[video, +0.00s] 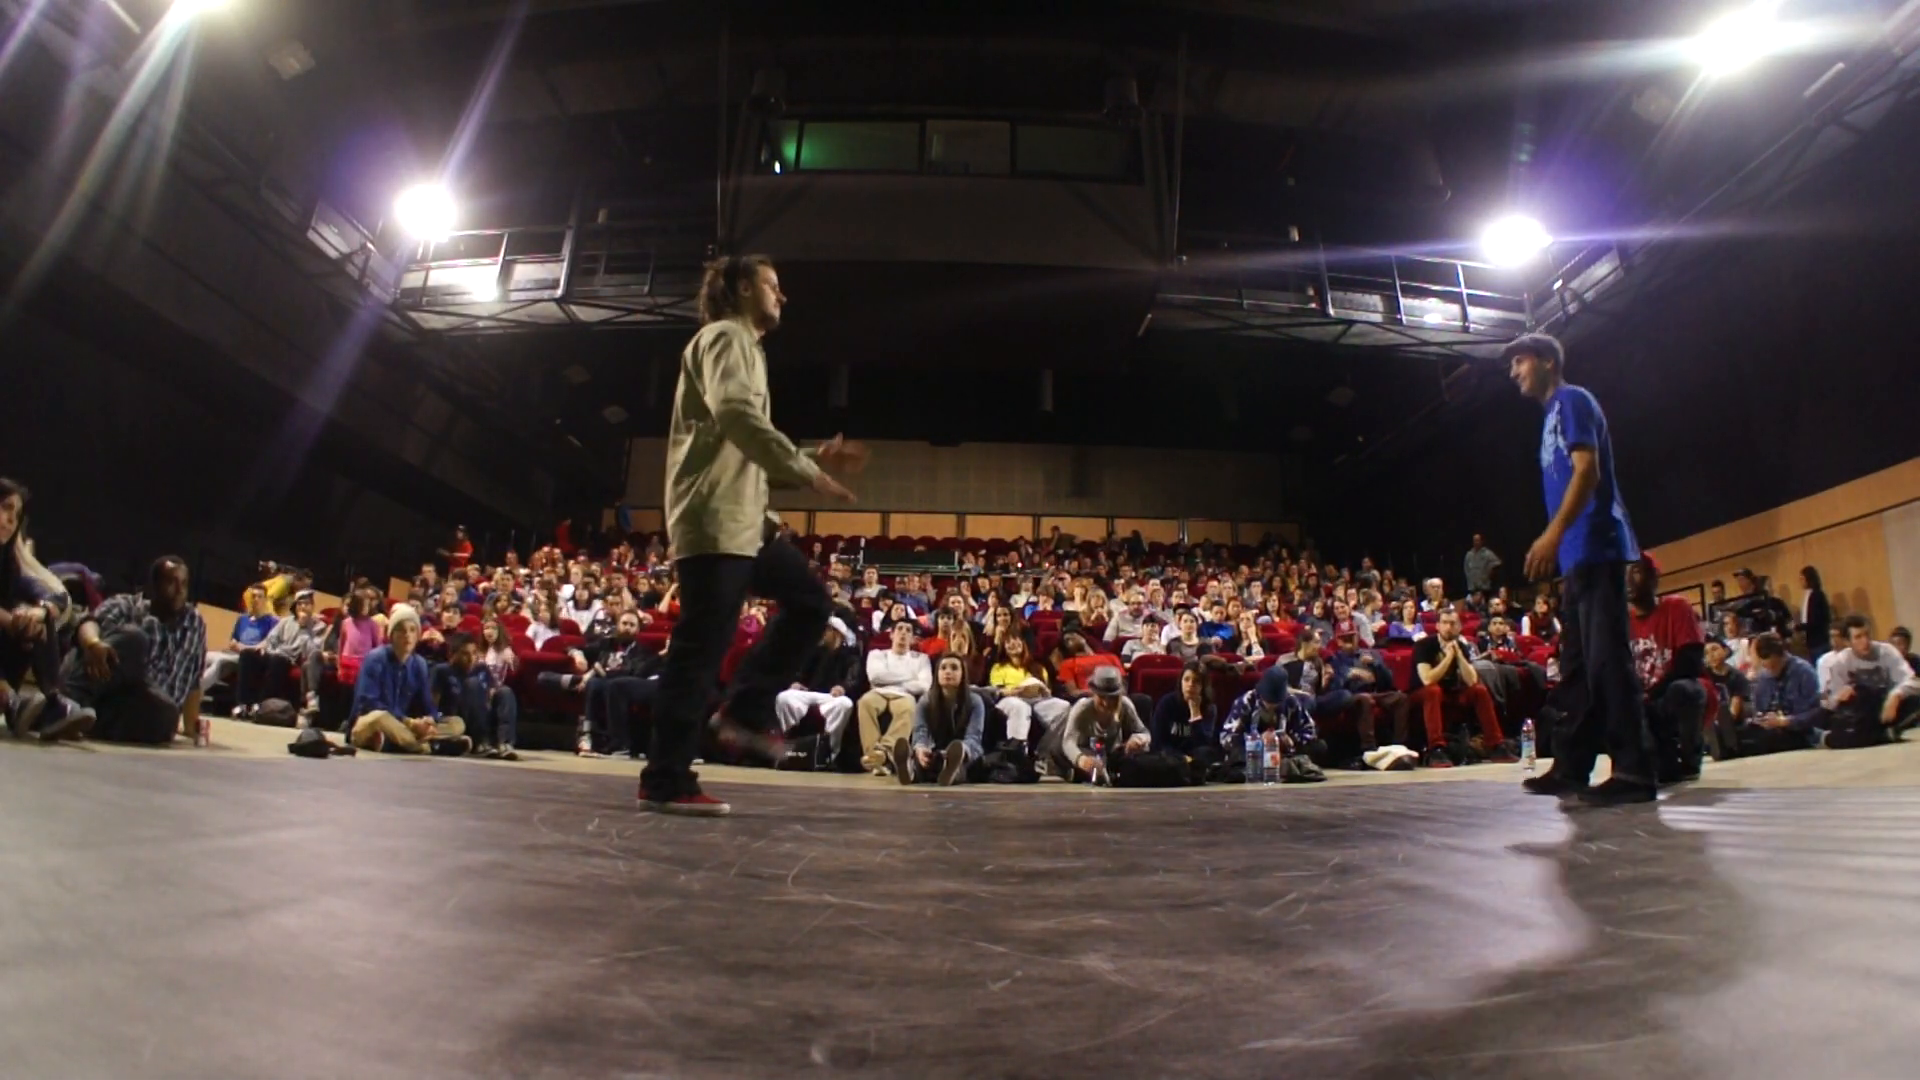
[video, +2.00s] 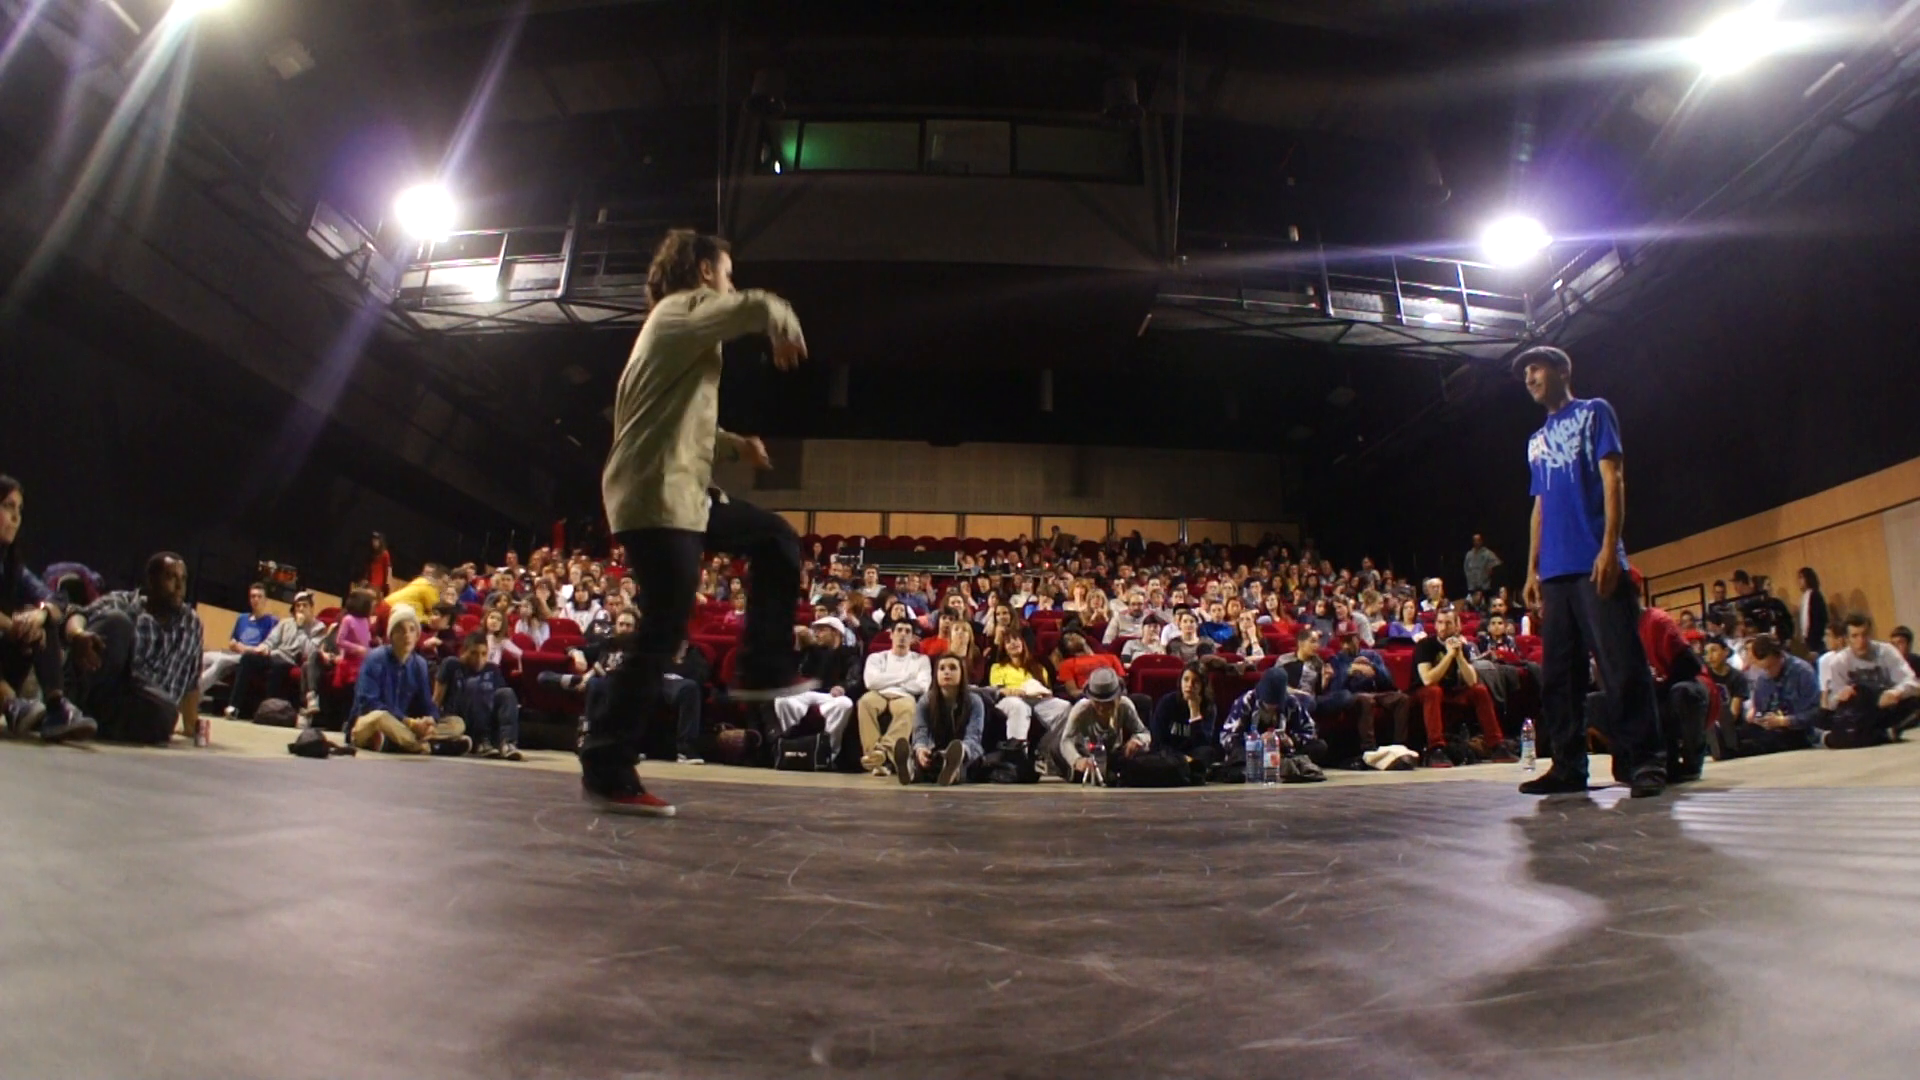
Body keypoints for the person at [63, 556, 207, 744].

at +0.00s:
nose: (179, 590)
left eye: (184, 584)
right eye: (172, 582)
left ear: (188, 588)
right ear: (156, 584)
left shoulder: (194, 624)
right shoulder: (128, 605)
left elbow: (193, 683)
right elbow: (89, 622)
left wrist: (191, 731)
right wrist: (92, 643)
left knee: (162, 720)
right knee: (133, 638)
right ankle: (69, 701)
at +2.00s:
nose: (179, 586)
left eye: (183, 580)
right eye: (171, 578)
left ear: (187, 584)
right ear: (152, 580)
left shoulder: (192, 624)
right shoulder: (124, 602)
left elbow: (191, 684)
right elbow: (79, 615)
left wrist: (191, 730)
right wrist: (77, 634)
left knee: (159, 722)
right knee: (116, 623)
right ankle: (68, 707)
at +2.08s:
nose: (179, 586)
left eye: (183, 580)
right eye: (171, 578)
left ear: (186, 584)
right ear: (151, 580)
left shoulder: (192, 625)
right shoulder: (124, 601)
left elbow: (191, 684)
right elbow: (79, 615)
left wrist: (191, 730)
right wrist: (77, 634)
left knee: (160, 718)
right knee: (116, 623)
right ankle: (68, 707)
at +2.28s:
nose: (177, 586)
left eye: (182, 579)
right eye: (169, 578)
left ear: (185, 583)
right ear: (151, 580)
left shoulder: (191, 623)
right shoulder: (124, 602)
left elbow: (191, 684)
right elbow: (76, 615)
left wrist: (191, 731)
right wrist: (77, 634)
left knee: (162, 717)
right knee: (116, 623)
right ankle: (67, 707)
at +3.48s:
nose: (176, 587)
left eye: (181, 582)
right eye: (168, 579)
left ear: (185, 586)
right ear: (151, 581)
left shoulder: (191, 624)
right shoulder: (122, 602)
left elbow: (190, 684)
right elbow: (77, 616)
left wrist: (191, 730)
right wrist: (76, 635)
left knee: (158, 721)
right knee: (117, 625)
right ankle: (67, 711)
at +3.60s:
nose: (176, 588)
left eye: (181, 581)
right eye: (169, 580)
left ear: (184, 586)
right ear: (151, 580)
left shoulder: (191, 623)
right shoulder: (122, 602)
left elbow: (190, 684)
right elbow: (79, 616)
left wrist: (191, 730)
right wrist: (76, 634)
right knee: (117, 624)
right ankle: (71, 710)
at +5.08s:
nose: (177, 589)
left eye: (182, 582)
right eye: (169, 581)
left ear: (186, 585)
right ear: (151, 581)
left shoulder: (190, 622)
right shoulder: (122, 603)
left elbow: (190, 685)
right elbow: (77, 620)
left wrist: (191, 731)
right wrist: (78, 635)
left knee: (163, 717)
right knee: (117, 625)